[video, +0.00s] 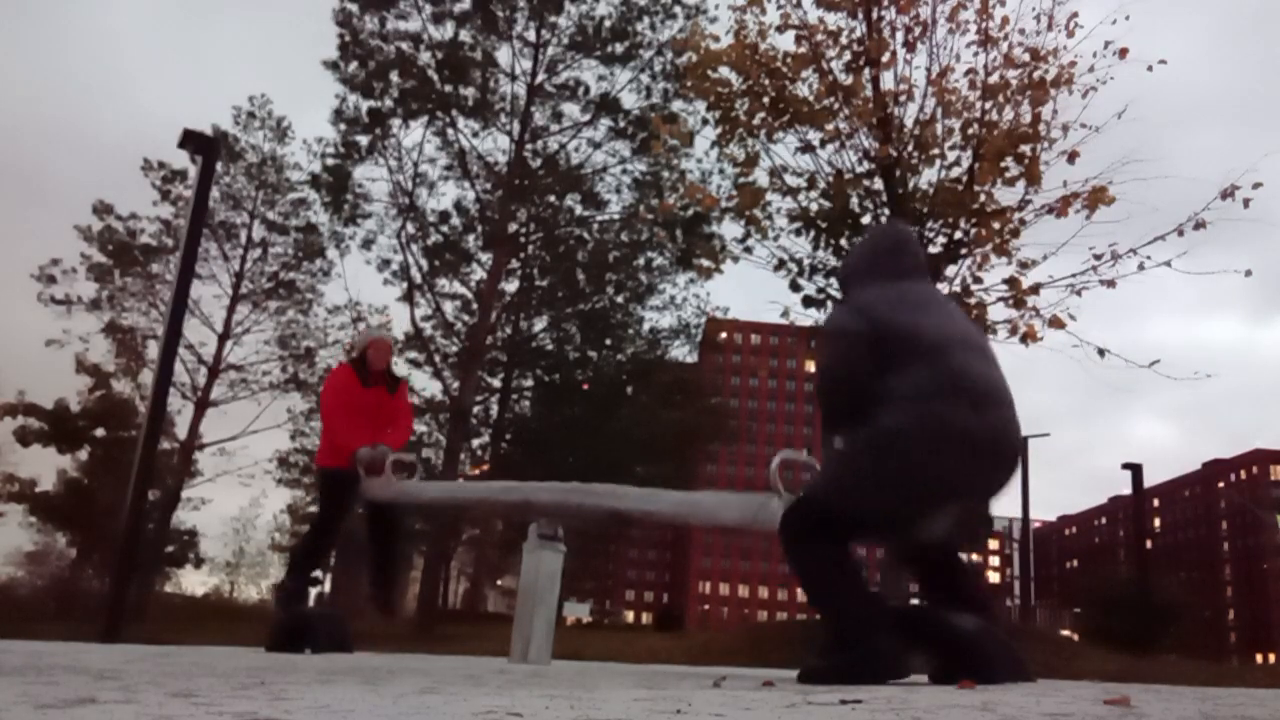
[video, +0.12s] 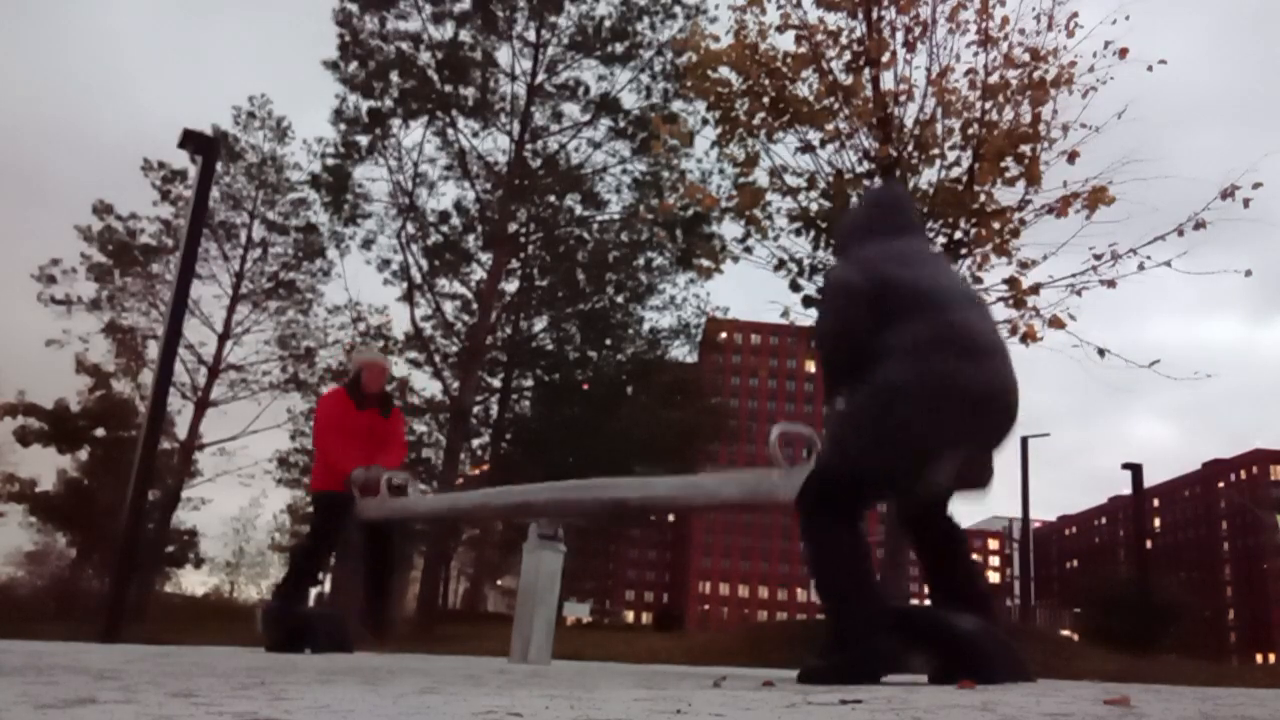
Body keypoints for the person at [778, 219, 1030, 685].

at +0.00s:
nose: (846, 283)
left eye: (849, 274)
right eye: (848, 275)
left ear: (860, 269)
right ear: (916, 266)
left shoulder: (860, 307)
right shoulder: (942, 307)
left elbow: (837, 394)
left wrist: (849, 443)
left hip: (915, 441)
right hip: (993, 443)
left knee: (806, 526)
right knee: (927, 547)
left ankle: (862, 646)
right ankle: (987, 652)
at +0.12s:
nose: (841, 247)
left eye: (844, 239)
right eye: (843, 241)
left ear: (858, 231)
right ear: (907, 225)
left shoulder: (858, 265)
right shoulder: (934, 263)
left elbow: (836, 345)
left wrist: (840, 393)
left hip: (912, 397)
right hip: (989, 397)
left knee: (824, 505)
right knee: (923, 510)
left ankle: (858, 644)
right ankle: (980, 639)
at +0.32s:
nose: (849, 182)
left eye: (851, 173)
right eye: (852, 175)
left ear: (866, 161)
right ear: (913, 158)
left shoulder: (867, 189)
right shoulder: (946, 194)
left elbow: (846, 265)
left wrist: (833, 322)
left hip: (912, 322)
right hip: (985, 328)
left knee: (834, 442)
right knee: (917, 451)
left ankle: (856, 612)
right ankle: (968, 599)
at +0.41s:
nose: (852, 168)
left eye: (856, 159)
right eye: (853, 161)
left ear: (870, 147)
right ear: (918, 139)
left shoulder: (873, 174)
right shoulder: (946, 178)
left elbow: (844, 257)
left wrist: (834, 314)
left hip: (914, 310)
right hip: (985, 318)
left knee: (828, 412)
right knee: (911, 426)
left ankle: (857, 546)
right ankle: (959, 558)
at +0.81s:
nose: (869, 118)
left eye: (873, 107)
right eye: (869, 110)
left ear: (893, 93)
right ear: (930, 88)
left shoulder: (899, 120)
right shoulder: (966, 135)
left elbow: (851, 197)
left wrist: (810, 259)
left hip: (897, 271)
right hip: (965, 282)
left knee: (828, 360)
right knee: (909, 386)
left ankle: (840, 492)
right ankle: (940, 520)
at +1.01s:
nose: (867, 110)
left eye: (873, 98)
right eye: (866, 99)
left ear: (899, 91)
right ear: (926, 89)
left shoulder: (926, 118)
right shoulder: (956, 132)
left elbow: (888, 163)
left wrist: (816, 193)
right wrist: (832, 203)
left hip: (910, 277)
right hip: (964, 287)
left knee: (822, 356)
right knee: (906, 399)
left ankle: (839, 482)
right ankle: (950, 532)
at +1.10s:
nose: (871, 118)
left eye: (878, 106)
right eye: (871, 107)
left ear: (904, 100)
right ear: (926, 98)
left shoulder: (938, 129)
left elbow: (930, 164)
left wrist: (839, 182)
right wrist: (847, 208)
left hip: (925, 295)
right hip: (963, 305)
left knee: (822, 367)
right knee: (905, 415)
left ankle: (838, 496)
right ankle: (961, 549)